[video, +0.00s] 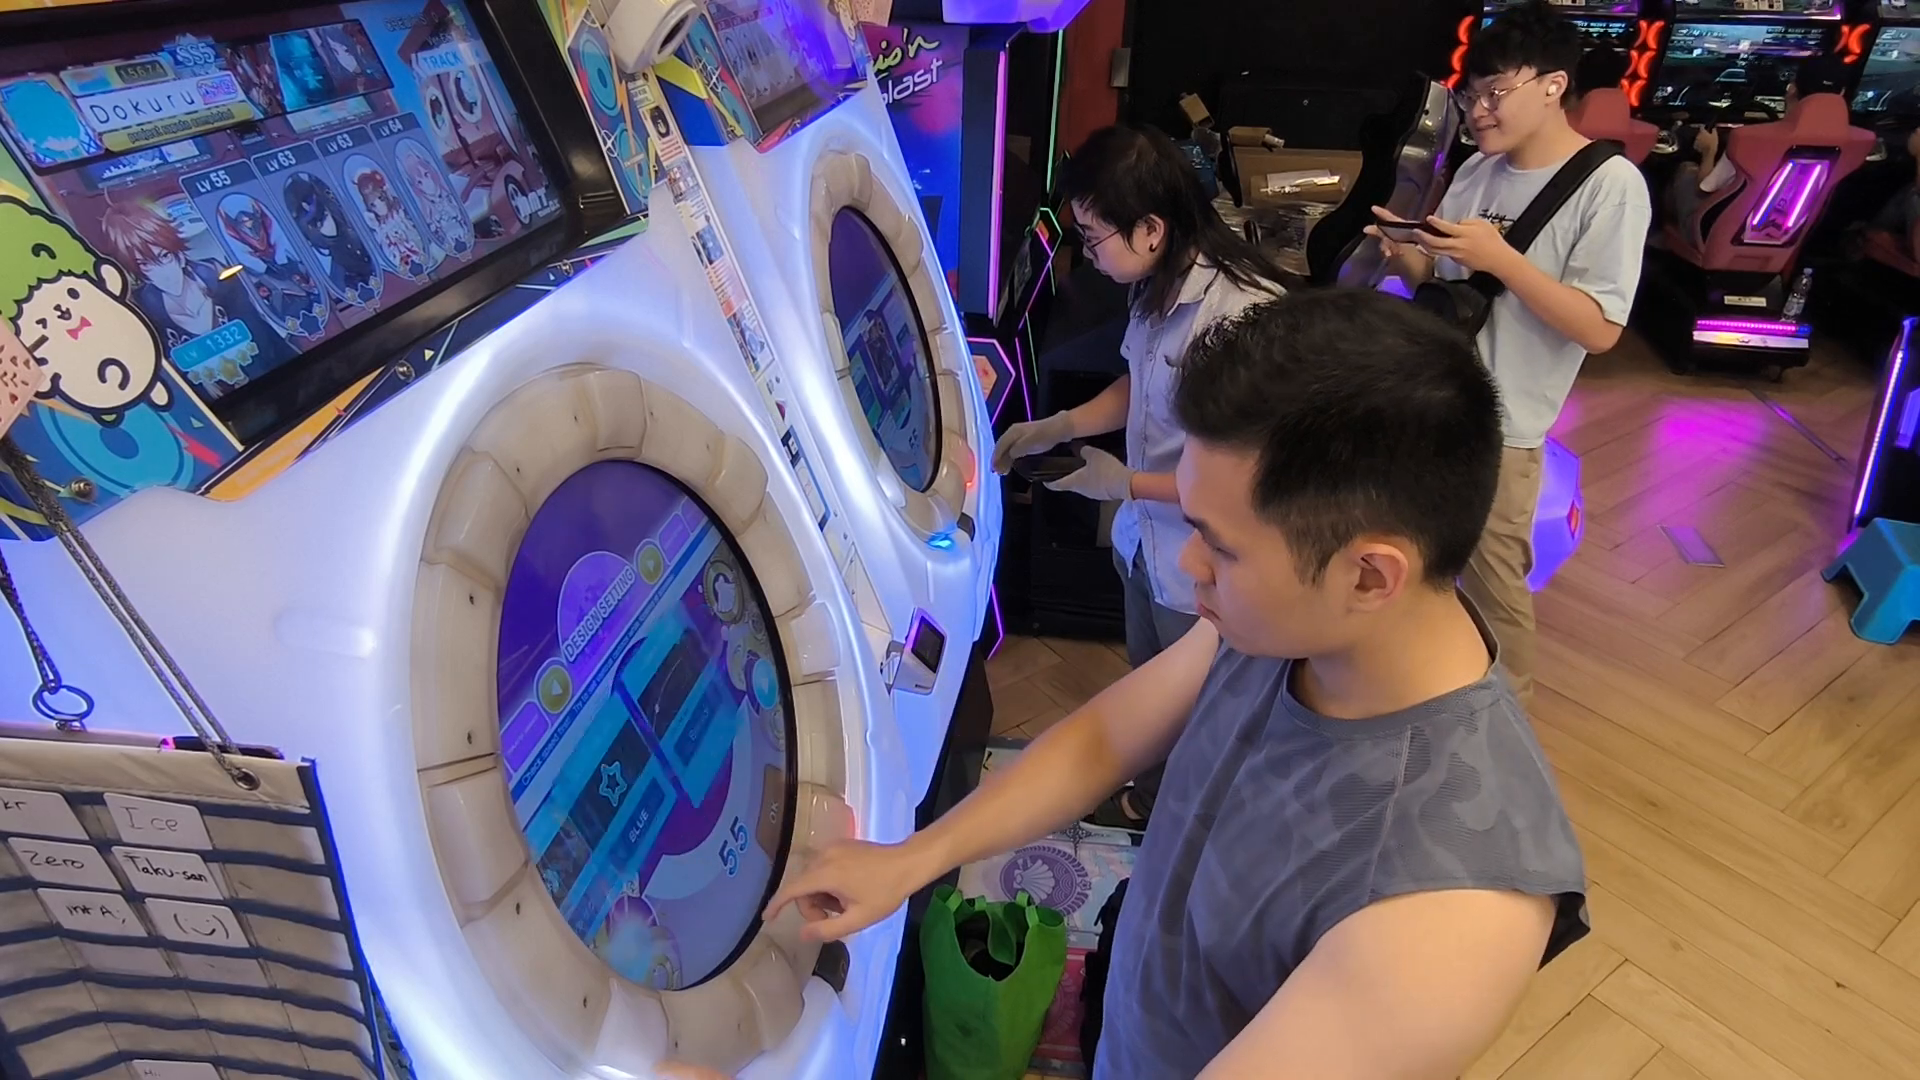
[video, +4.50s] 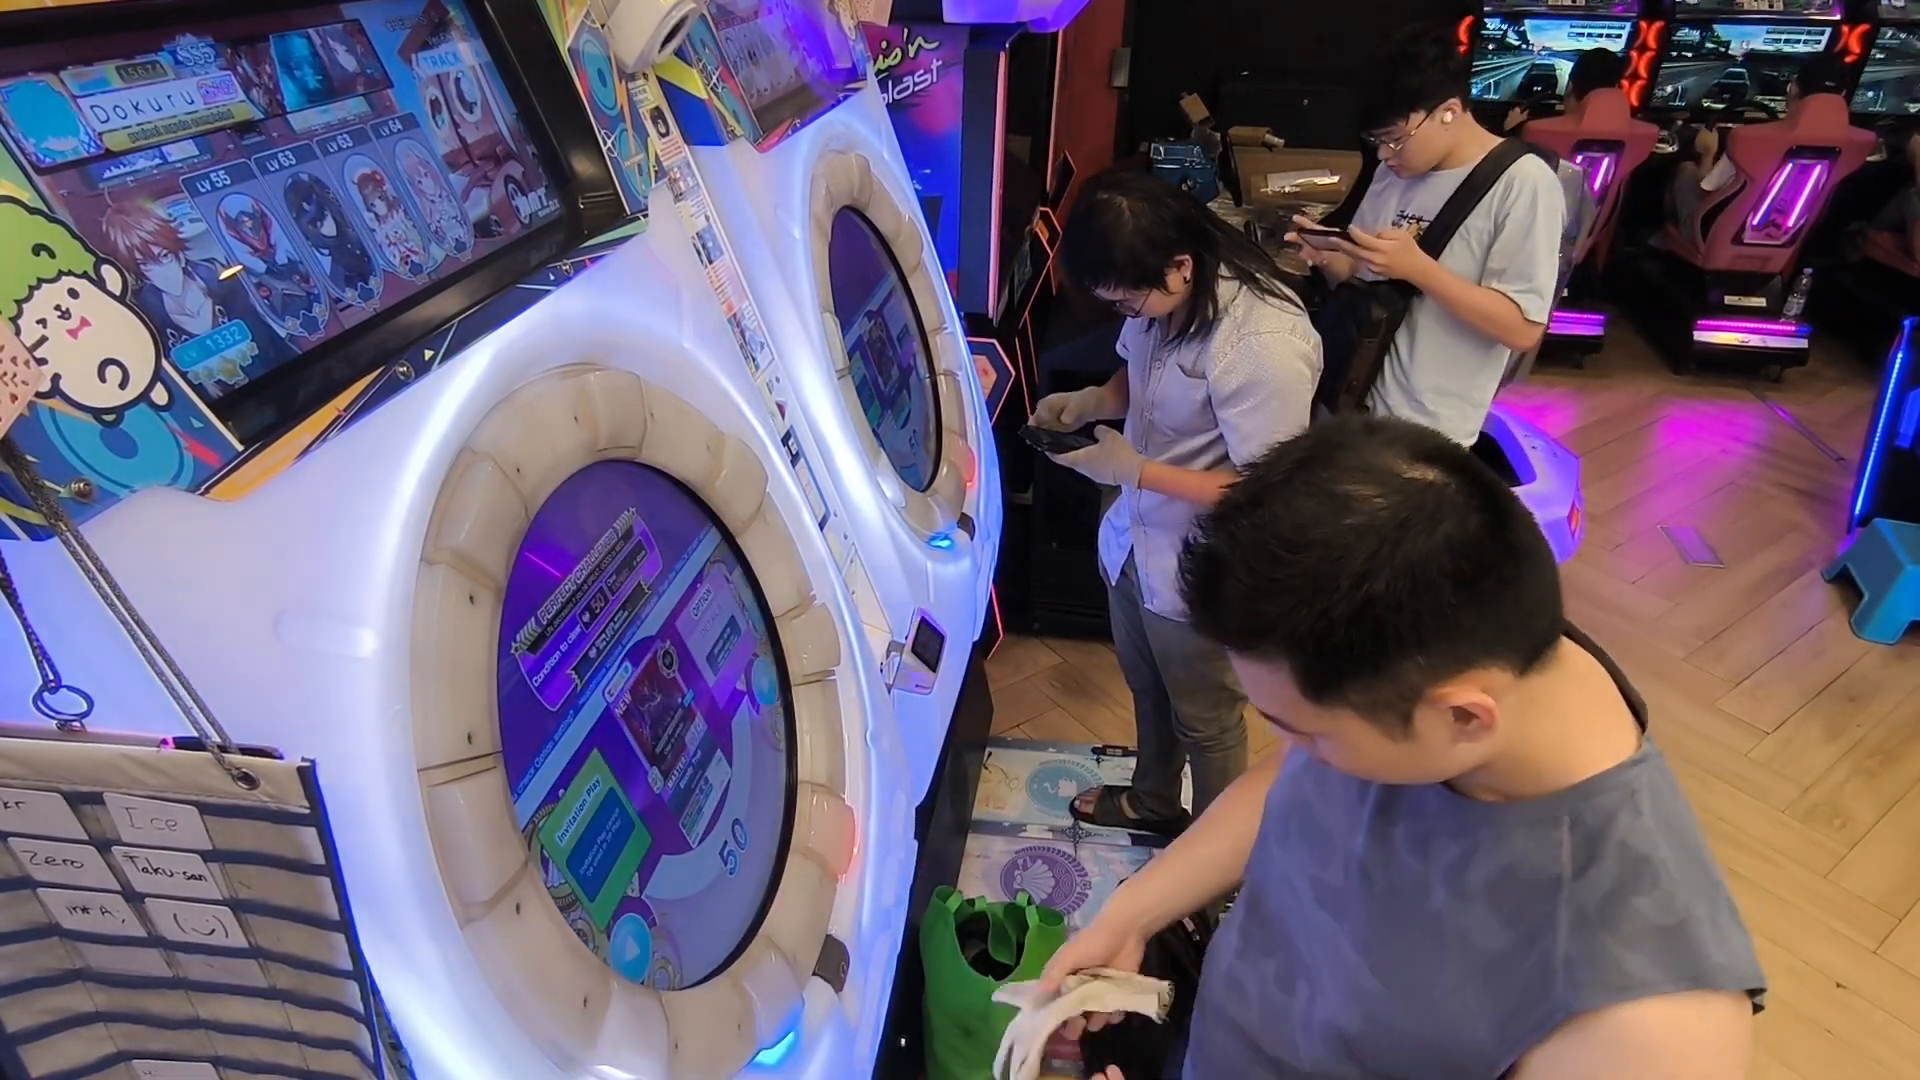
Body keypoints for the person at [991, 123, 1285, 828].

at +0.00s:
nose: (1089, 252)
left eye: (1096, 237)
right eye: (1084, 237)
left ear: (1151, 231)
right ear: (1146, 231)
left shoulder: (1232, 323)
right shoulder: (1157, 289)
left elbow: (1244, 487)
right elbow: (1138, 391)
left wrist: (1129, 483)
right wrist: (1054, 430)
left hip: (1200, 550)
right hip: (1145, 528)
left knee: (1190, 699)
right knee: (1146, 679)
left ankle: (1179, 815)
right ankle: (1143, 792)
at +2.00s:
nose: (1129, 285)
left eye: (1139, 272)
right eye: (1119, 272)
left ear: (1193, 251)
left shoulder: (1261, 333)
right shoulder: (1167, 291)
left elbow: (1265, 490)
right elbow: (1150, 381)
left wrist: (1142, 465)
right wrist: (1098, 403)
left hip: (1218, 545)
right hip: (1153, 523)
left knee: (1205, 688)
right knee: (1150, 671)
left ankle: (1201, 816)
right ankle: (1152, 791)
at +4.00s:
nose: (1117, 308)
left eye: (1125, 296)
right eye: (1108, 297)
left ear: (1178, 268)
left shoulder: (1265, 337)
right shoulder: (1158, 297)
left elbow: (1263, 489)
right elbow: (1142, 388)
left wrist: (1137, 468)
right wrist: (1088, 410)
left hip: (1198, 568)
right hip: (1132, 542)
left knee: (1198, 719)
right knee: (1150, 688)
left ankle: (1204, 837)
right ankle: (1153, 795)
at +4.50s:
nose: (1121, 311)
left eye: (1129, 298)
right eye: (1112, 300)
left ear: (1180, 268)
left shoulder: (1260, 345)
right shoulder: (1158, 297)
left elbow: (1268, 493)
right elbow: (1142, 388)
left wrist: (1139, 471)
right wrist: (1085, 406)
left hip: (1196, 559)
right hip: (1133, 535)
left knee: (1205, 714)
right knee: (1149, 684)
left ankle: (1222, 844)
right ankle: (1156, 800)